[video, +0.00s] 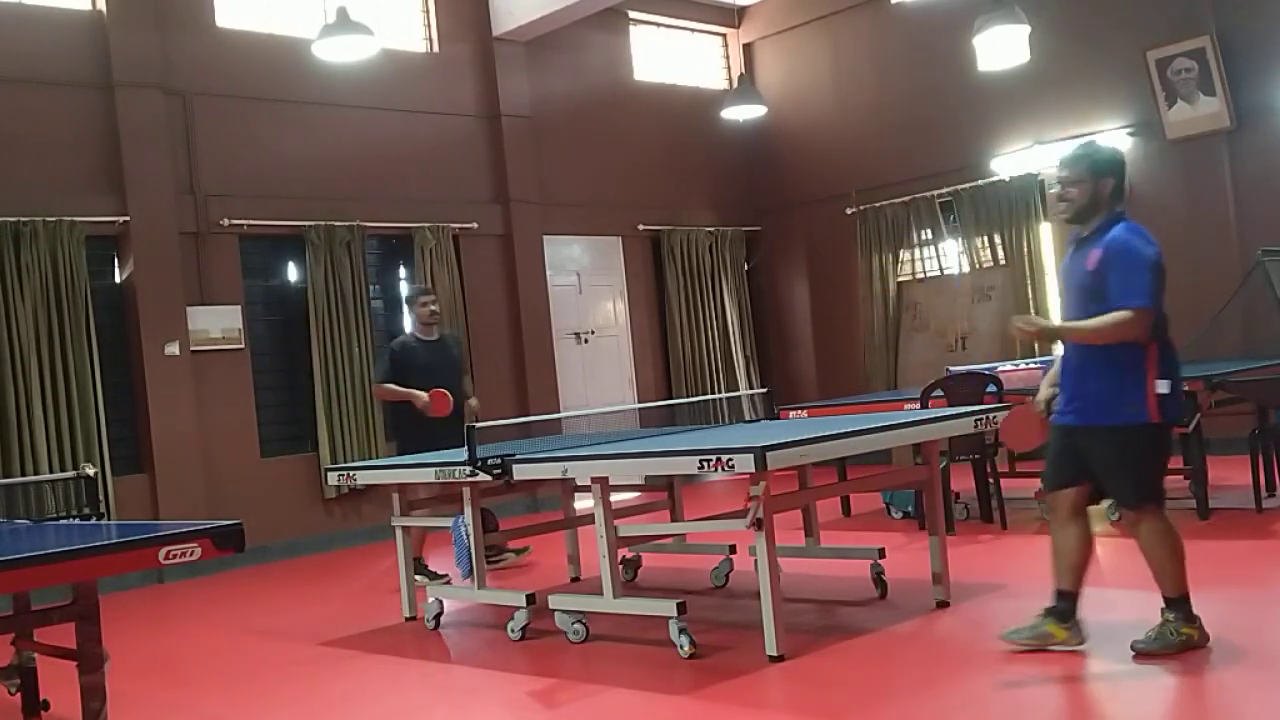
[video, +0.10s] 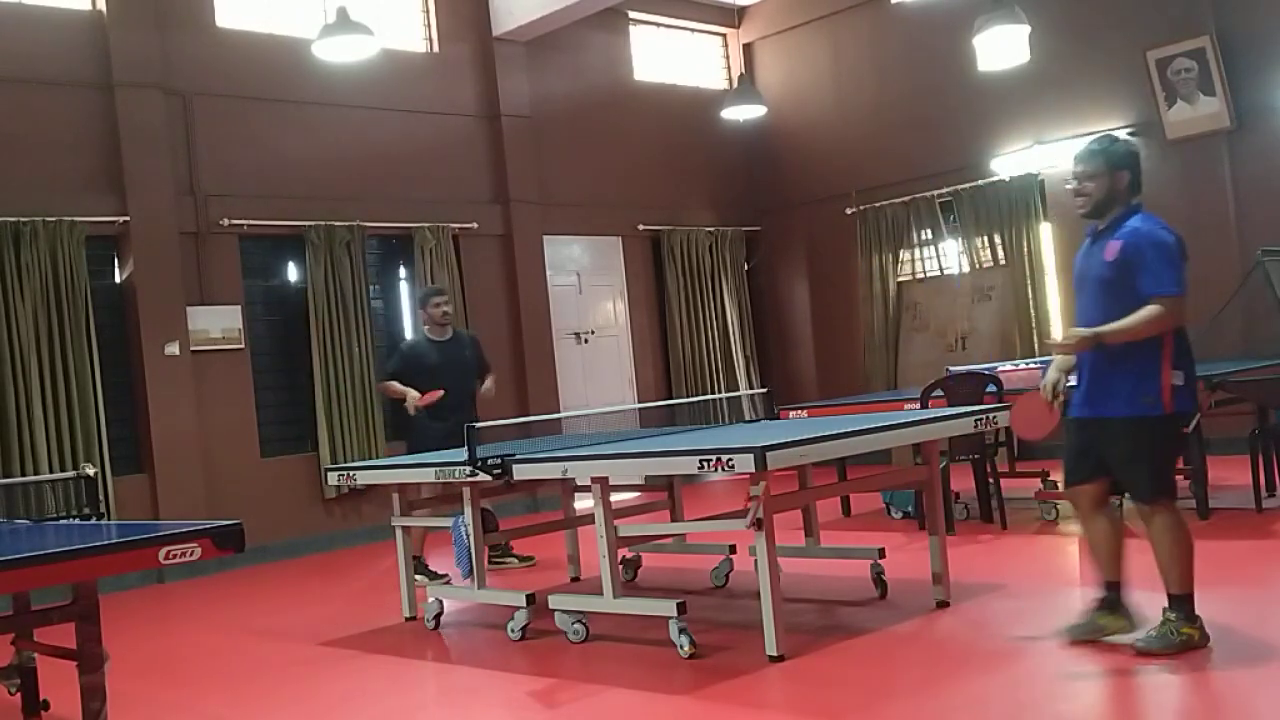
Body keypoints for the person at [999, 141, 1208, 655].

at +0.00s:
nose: (1061, 195)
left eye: (1072, 185)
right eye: (1059, 186)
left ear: (1108, 186)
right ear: (1064, 189)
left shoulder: (1128, 244)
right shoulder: (1080, 249)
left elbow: (1137, 323)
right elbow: (1086, 329)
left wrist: (1057, 331)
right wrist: (1055, 375)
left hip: (1129, 410)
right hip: (1080, 410)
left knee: (1143, 512)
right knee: (1062, 500)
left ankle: (1181, 619)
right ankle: (1062, 618)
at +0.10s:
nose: (1075, 188)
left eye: (1086, 179)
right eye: (1074, 180)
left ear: (1123, 180)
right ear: (1081, 183)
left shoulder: (1150, 236)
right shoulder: (1090, 246)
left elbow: (1170, 311)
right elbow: (1089, 323)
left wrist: (1095, 335)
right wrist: (1058, 367)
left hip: (1148, 401)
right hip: (1095, 401)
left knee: (1154, 502)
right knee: (1084, 491)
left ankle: (1183, 617)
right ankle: (1112, 607)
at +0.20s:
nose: (1092, 187)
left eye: (1103, 177)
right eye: (1090, 178)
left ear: (1139, 178)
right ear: (1094, 182)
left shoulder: (1167, 233)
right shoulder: (1104, 246)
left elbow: (1200, 304)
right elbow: (1107, 321)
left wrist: (1133, 335)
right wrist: (1067, 348)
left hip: (1160, 400)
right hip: (1111, 399)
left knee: (1164, 498)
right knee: (1110, 492)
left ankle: (1184, 617)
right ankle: (1171, 583)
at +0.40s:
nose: (1122, 192)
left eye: (1132, 181)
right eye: (1119, 184)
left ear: (1167, 182)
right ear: (1120, 189)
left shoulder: (1196, 236)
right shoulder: (1128, 249)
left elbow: (1231, 304)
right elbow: (1119, 317)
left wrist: (1171, 334)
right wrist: (1067, 338)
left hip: (1179, 398)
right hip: (1143, 399)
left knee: (1163, 499)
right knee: (1186, 493)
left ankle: (1183, 618)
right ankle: (1244, 579)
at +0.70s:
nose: (1141, 192)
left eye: (1150, 182)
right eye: (1139, 184)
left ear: (1183, 181)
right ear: (1167, 185)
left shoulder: (1210, 230)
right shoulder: (1167, 239)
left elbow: (1240, 304)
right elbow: (1167, 313)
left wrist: (1167, 337)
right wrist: (1115, 324)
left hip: (1206, 388)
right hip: (1197, 387)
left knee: (1194, 487)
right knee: (1233, 485)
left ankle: (1214, 604)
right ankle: (1259, 593)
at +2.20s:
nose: (1125, 188)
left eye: (1135, 177)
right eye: (1123, 178)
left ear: (1170, 178)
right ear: (1150, 182)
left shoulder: (1179, 235)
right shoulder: (1154, 232)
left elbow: (1177, 319)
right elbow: (1156, 307)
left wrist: (1097, 307)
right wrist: (1117, 343)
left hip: (1190, 394)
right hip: (1162, 393)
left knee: (1199, 492)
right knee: (1175, 484)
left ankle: (1213, 607)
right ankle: (1234, 572)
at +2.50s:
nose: (1102, 189)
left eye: (1114, 180)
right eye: (1100, 180)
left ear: (1149, 182)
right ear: (1103, 183)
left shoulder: (1158, 237)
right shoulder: (1130, 235)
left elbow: (1155, 321)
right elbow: (1137, 308)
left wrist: (1074, 314)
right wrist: (1103, 340)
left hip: (1181, 394)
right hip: (1138, 394)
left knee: (1201, 493)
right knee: (1135, 481)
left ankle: (1214, 606)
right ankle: (1160, 586)